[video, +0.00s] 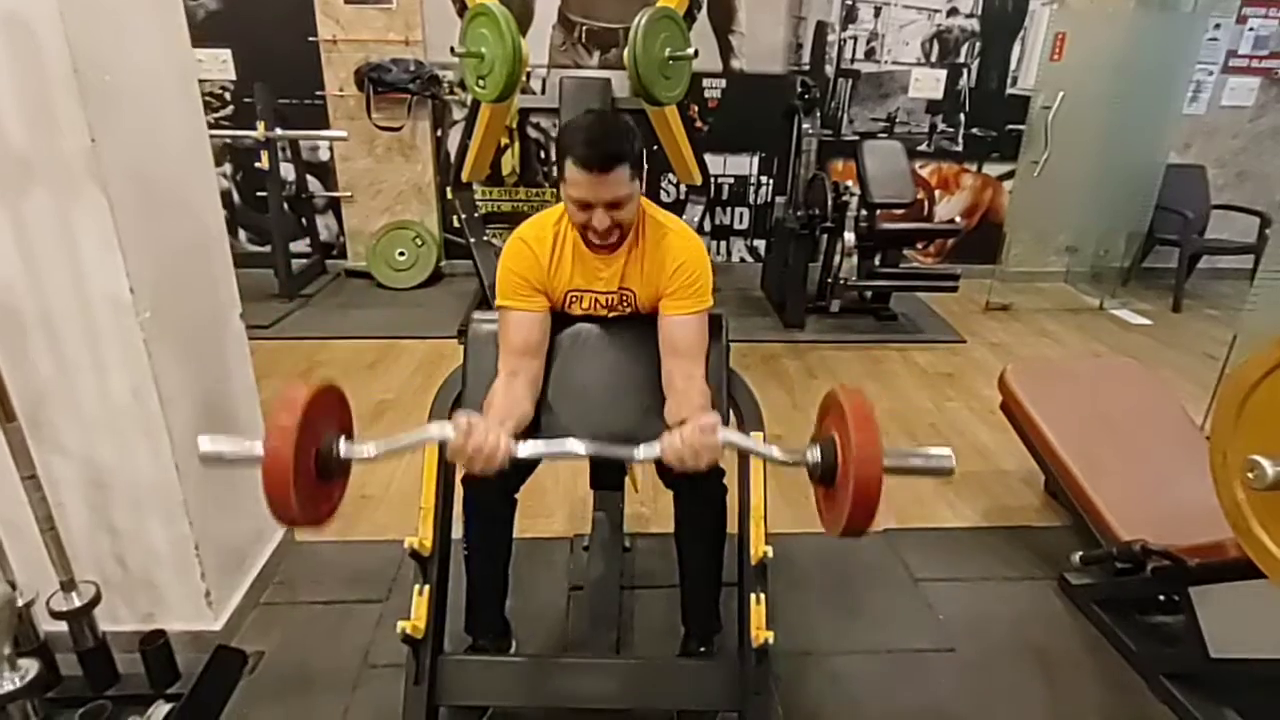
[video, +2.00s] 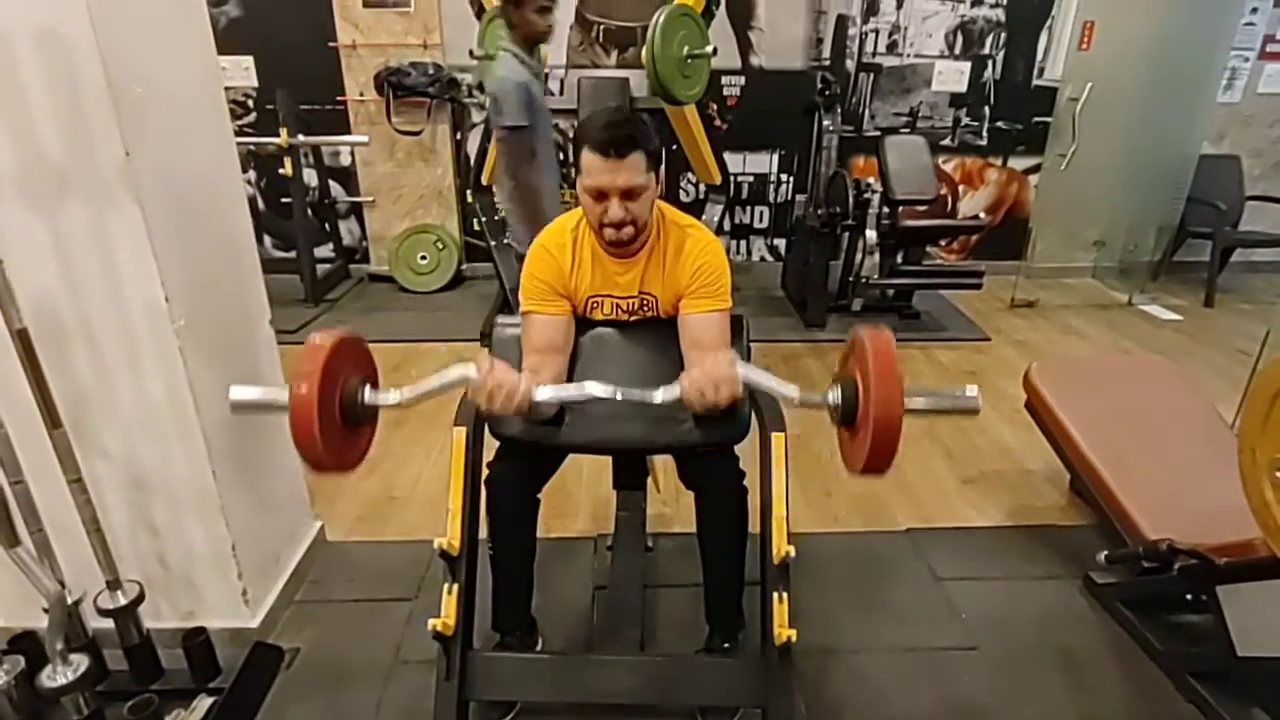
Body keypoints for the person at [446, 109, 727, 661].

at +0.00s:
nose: (600, 222)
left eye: (617, 204)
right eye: (583, 206)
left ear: (640, 184)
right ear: (562, 186)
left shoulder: (680, 251)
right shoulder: (530, 247)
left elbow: (686, 375)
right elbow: (516, 369)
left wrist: (693, 432)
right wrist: (494, 428)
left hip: (648, 391)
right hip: (556, 390)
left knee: (701, 469)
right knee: (486, 468)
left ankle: (701, 640)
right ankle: (486, 639)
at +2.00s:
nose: (617, 212)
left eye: (631, 194)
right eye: (600, 196)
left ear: (656, 183)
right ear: (577, 187)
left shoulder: (696, 249)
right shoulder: (551, 251)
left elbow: (710, 357)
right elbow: (544, 366)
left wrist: (712, 381)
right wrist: (516, 389)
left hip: (671, 392)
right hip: (579, 393)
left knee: (720, 475)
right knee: (508, 478)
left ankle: (725, 636)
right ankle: (514, 636)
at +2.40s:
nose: (618, 233)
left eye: (634, 216)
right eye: (600, 217)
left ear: (656, 197)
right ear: (581, 200)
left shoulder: (691, 248)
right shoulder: (555, 249)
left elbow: (709, 400)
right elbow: (542, 403)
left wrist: (711, 312)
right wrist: (527, 308)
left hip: (669, 381)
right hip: (578, 379)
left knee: (721, 479)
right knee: (509, 480)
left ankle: (724, 641)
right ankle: (515, 641)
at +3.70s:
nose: (647, 242)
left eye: (656, 228)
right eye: (629, 234)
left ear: (668, 201)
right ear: (590, 211)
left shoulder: (695, 248)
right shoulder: (548, 250)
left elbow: (708, 404)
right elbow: (538, 396)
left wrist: (704, 372)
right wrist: (514, 368)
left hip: (665, 387)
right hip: (576, 388)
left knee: (720, 477)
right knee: (504, 478)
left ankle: (723, 637)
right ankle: (511, 635)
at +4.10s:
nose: (647, 248)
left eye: (658, 234)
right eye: (629, 240)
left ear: (671, 204)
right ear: (594, 213)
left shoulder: (699, 252)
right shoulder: (550, 250)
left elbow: (707, 373)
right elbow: (536, 370)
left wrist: (712, 438)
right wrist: (515, 428)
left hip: (671, 393)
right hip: (575, 396)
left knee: (721, 467)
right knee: (504, 466)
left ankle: (723, 637)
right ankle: (510, 635)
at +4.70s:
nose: (622, 247)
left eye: (639, 235)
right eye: (607, 233)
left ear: (664, 209)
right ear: (587, 204)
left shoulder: (697, 255)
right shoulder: (551, 253)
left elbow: (708, 390)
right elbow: (536, 385)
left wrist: (704, 509)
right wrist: (521, 507)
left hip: (671, 383)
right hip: (574, 382)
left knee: (722, 490)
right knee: (503, 480)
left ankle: (724, 636)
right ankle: (512, 637)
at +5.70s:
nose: (617, 246)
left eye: (632, 230)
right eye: (601, 231)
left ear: (656, 205)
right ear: (580, 208)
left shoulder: (696, 258)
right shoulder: (552, 257)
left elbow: (711, 383)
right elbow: (536, 379)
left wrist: (714, 425)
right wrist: (513, 427)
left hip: (666, 395)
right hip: (577, 393)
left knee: (718, 483)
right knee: (504, 485)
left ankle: (723, 643)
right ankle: (511, 645)